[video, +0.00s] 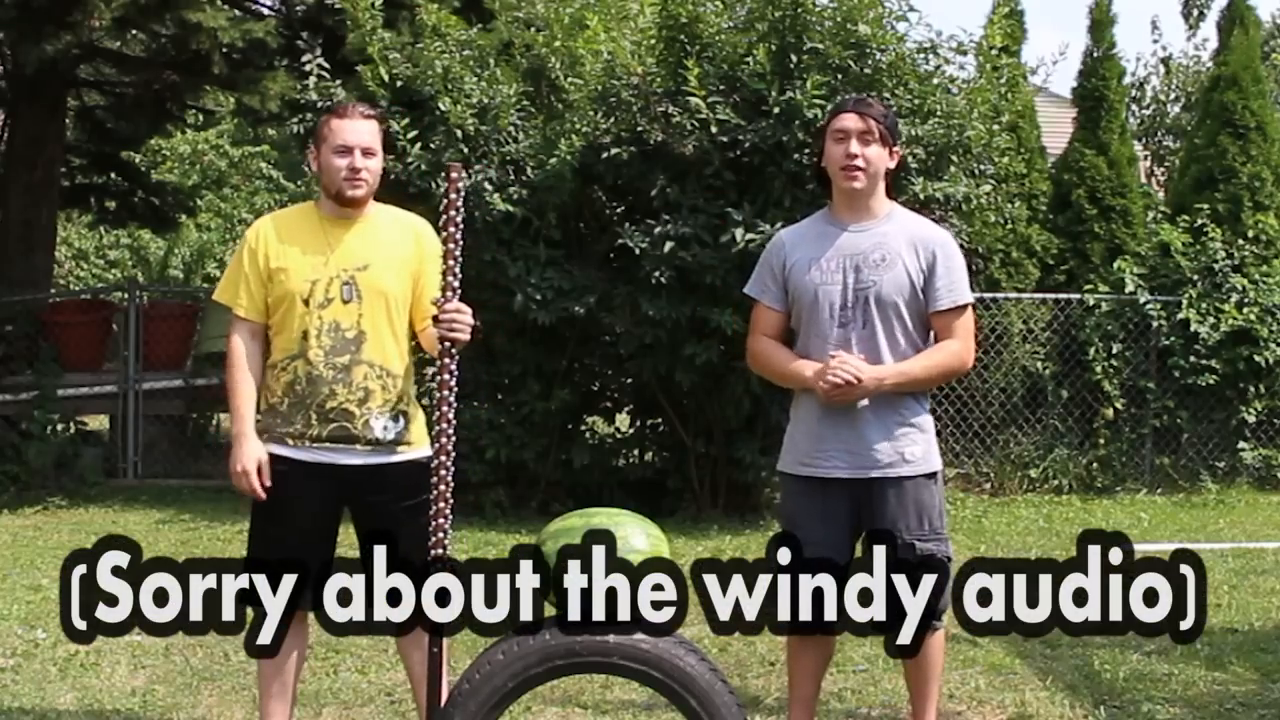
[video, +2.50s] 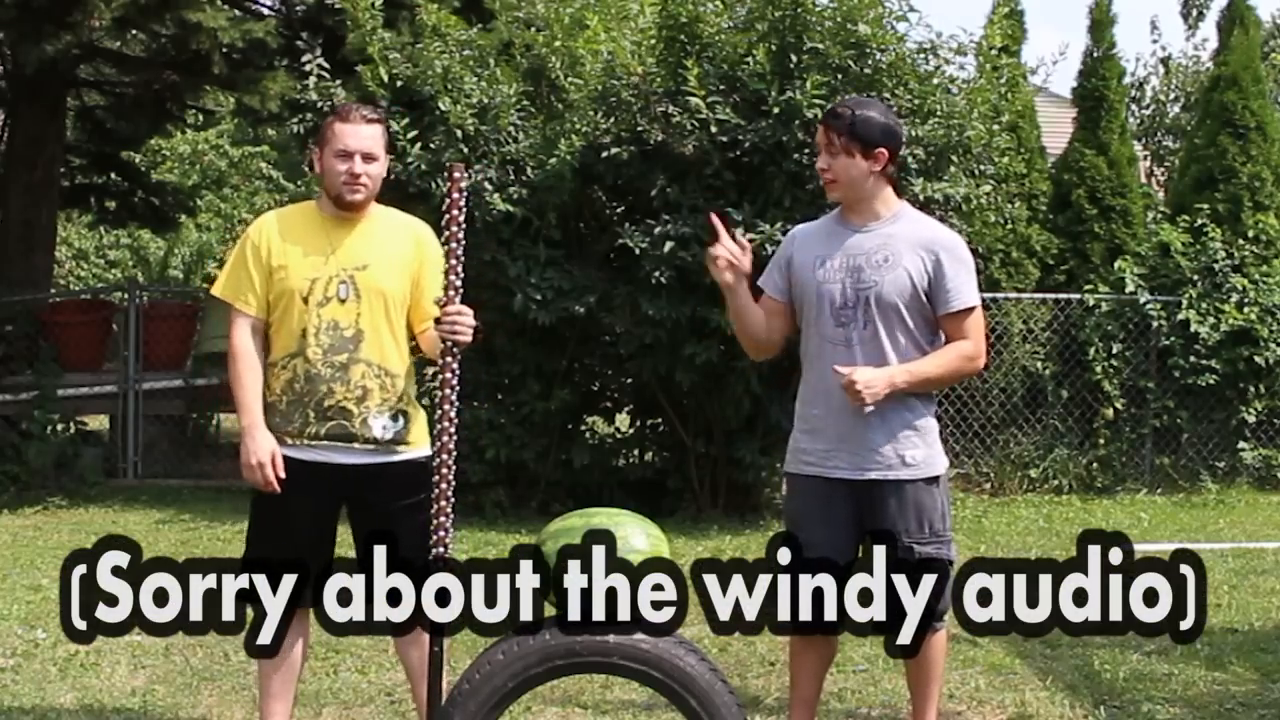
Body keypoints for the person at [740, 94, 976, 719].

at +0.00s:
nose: (852, 150)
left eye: (866, 140)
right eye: (840, 139)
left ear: (889, 157)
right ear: (823, 155)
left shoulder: (930, 243)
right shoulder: (789, 245)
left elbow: (960, 349)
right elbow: (760, 346)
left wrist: (877, 377)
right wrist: (810, 373)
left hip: (905, 464)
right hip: (813, 463)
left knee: (922, 607)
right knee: (809, 608)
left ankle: (923, 716)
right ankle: (799, 716)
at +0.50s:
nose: (852, 152)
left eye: (866, 141)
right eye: (840, 140)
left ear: (892, 156)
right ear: (824, 154)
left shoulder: (933, 243)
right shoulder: (790, 243)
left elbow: (972, 345)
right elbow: (759, 344)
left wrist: (895, 369)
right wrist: (819, 365)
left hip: (904, 465)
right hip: (813, 463)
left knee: (921, 610)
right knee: (808, 610)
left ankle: (924, 717)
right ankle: (799, 717)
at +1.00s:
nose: (853, 153)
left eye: (867, 143)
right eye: (841, 142)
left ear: (892, 156)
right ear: (825, 156)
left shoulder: (933, 244)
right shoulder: (790, 244)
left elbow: (962, 352)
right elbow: (760, 345)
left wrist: (884, 369)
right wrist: (808, 366)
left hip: (905, 465)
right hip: (813, 464)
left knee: (922, 610)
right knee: (805, 609)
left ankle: (923, 717)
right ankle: (799, 717)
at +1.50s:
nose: (861, 154)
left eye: (876, 143)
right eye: (849, 142)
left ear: (899, 157)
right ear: (832, 155)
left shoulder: (938, 244)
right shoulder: (795, 245)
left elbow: (970, 351)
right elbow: (762, 344)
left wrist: (887, 374)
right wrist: (813, 371)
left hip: (910, 466)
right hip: (818, 466)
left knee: (925, 611)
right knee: (812, 611)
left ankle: (925, 717)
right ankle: (800, 716)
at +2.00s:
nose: (856, 155)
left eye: (872, 144)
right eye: (845, 142)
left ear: (898, 157)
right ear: (830, 154)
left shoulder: (937, 243)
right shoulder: (793, 244)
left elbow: (970, 350)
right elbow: (760, 344)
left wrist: (895, 373)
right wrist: (818, 371)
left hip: (908, 465)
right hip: (817, 464)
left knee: (924, 609)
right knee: (809, 609)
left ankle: (924, 716)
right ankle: (800, 716)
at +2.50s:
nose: (821, 165)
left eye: (835, 153)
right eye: (819, 152)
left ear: (879, 159)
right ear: (819, 156)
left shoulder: (937, 244)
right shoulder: (801, 243)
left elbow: (972, 351)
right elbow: (764, 340)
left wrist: (892, 376)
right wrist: (735, 288)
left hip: (907, 468)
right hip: (817, 464)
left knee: (922, 613)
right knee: (811, 610)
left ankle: (925, 717)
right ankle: (799, 716)